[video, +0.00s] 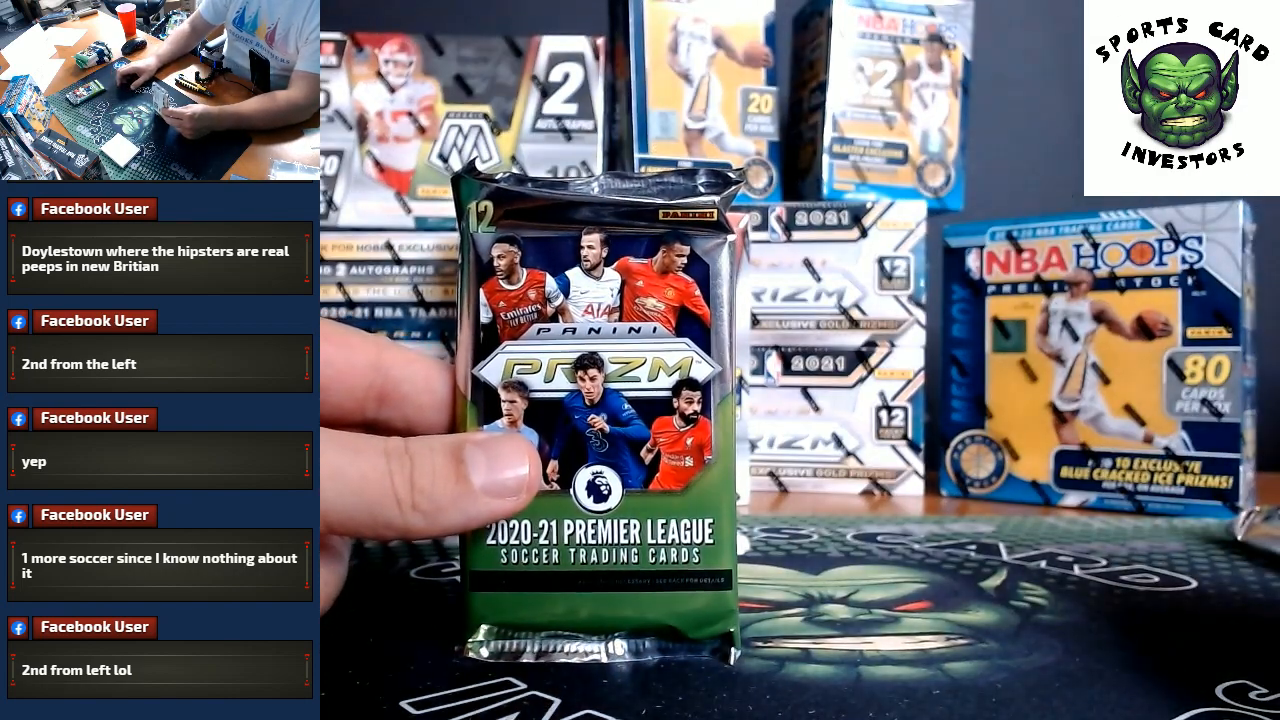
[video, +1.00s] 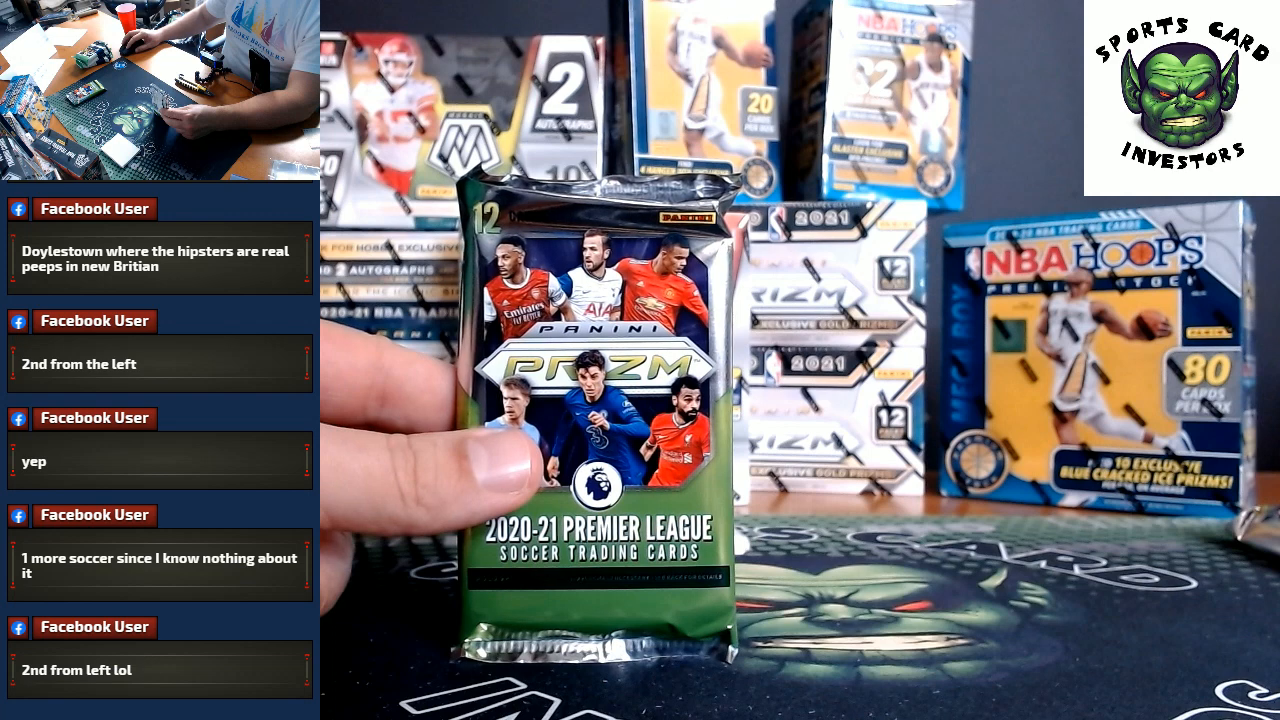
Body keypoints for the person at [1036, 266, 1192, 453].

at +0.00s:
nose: (1072, 287)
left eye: (1077, 284)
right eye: (1071, 283)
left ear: (1087, 285)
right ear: (1067, 283)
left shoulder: (1095, 308)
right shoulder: (1053, 304)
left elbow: (1126, 331)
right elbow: (1039, 334)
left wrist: (1156, 330)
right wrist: (1047, 350)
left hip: (1081, 365)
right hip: (1064, 367)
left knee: (1062, 418)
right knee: (1103, 424)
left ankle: (1078, 473)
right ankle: (1165, 442)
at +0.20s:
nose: (1072, 287)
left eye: (1077, 284)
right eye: (1071, 283)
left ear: (1087, 285)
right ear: (1067, 283)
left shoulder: (1095, 308)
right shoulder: (1053, 304)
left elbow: (1126, 331)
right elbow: (1039, 334)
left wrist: (1156, 329)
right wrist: (1047, 350)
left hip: (1081, 365)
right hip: (1064, 367)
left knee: (1062, 418)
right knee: (1103, 424)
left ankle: (1078, 473)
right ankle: (1165, 442)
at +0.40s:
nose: (1072, 287)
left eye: (1077, 284)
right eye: (1071, 283)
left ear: (1087, 285)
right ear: (1067, 283)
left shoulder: (1095, 308)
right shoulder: (1053, 304)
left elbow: (1126, 331)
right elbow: (1039, 334)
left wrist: (1156, 329)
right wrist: (1047, 350)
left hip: (1081, 365)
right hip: (1064, 367)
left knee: (1062, 418)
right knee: (1103, 424)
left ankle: (1078, 473)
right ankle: (1165, 442)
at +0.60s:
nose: (1072, 287)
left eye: (1077, 284)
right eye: (1071, 283)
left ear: (1087, 285)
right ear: (1067, 283)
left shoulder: (1095, 308)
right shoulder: (1053, 304)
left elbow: (1126, 331)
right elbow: (1039, 334)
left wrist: (1156, 330)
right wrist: (1047, 350)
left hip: (1081, 365)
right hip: (1064, 367)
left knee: (1062, 418)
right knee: (1103, 424)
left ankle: (1078, 473)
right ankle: (1165, 442)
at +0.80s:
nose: (1072, 287)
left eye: (1077, 284)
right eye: (1071, 283)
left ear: (1087, 285)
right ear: (1067, 283)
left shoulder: (1095, 308)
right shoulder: (1053, 304)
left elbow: (1126, 331)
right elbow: (1039, 334)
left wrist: (1156, 330)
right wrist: (1047, 350)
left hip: (1081, 365)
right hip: (1064, 367)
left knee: (1062, 418)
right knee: (1103, 424)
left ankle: (1078, 473)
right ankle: (1165, 442)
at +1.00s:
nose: (1073, 288)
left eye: (1078, 284)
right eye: (1071, 283)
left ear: (1088, 285)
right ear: (1067, 283)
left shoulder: (1096, 308)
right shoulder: (1052, 304)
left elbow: (1126, 331)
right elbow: (1039, 334)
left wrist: (1156, 330)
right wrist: (1047, 349)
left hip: (1081, 366)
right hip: (1064, 367)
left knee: (1062, 418)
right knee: (1104, 424)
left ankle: (1078, 475)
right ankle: (1166, 442)